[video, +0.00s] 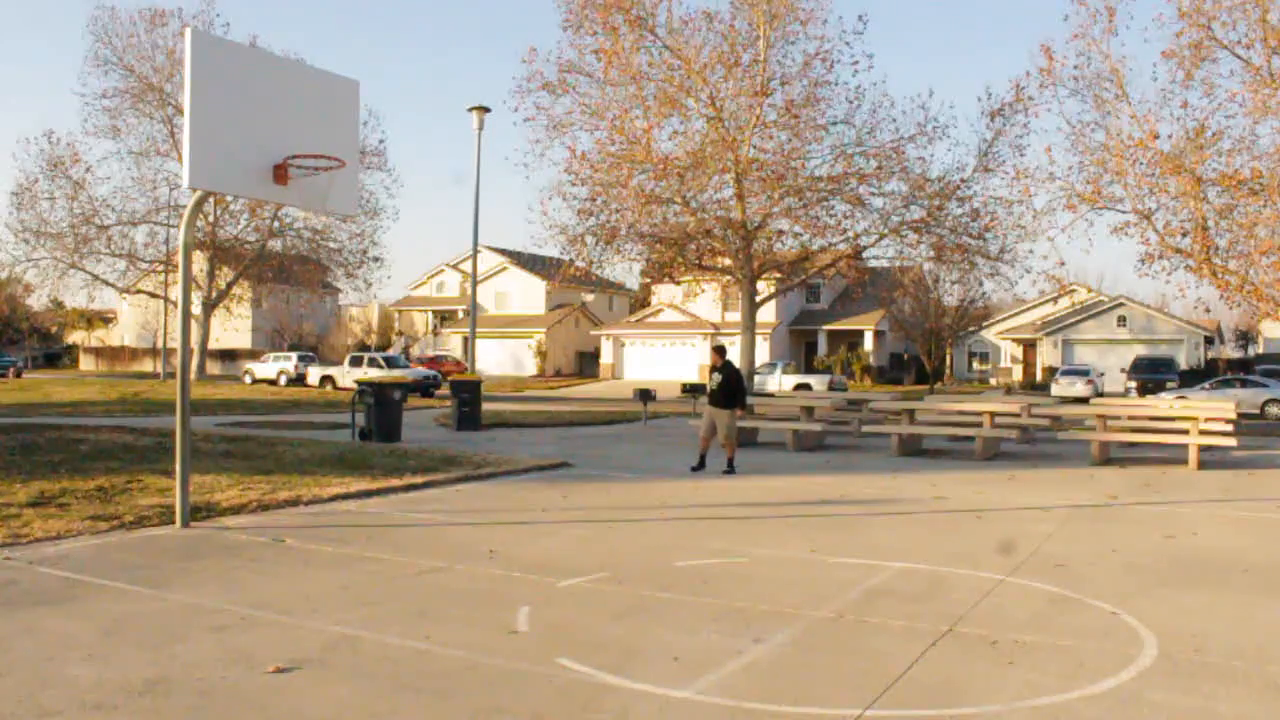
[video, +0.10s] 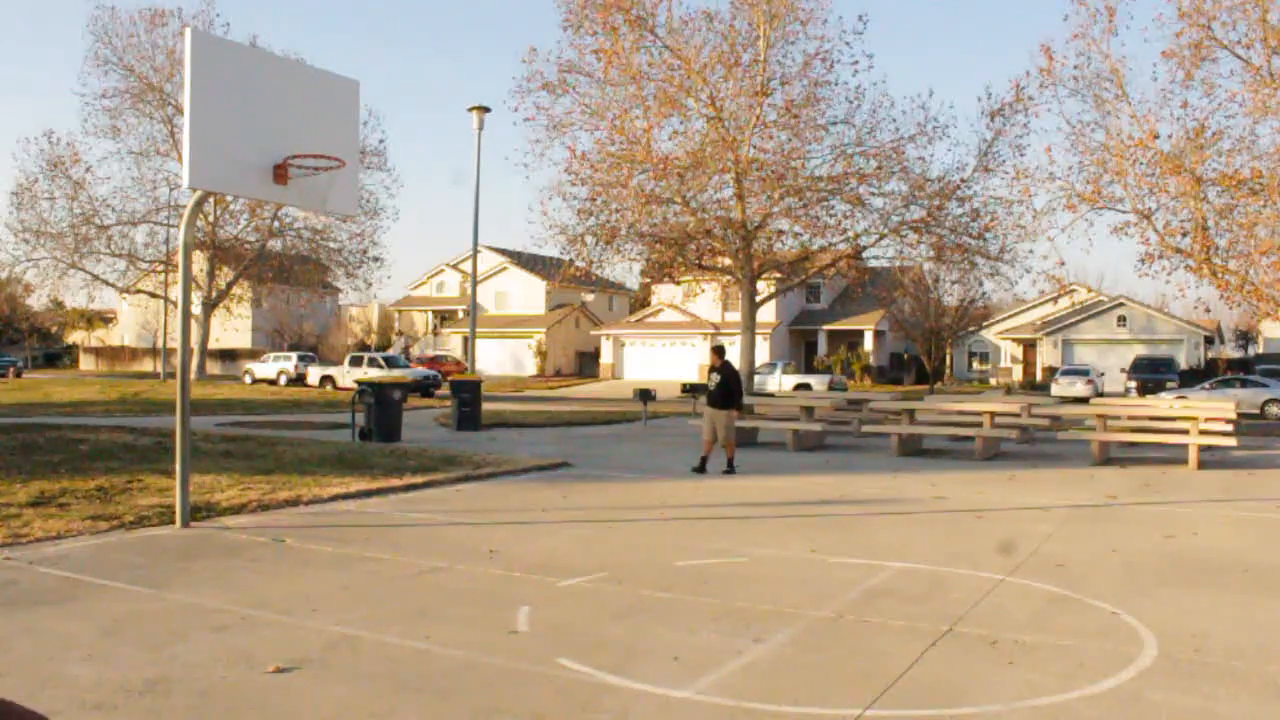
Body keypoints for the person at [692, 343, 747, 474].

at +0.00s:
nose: (712, 357)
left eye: (713, 355)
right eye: (712, 354)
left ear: (719, 355)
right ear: (718, 355)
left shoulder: (732, 371)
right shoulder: (713, 370)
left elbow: (740, 390)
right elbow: (713, 387)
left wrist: (741, 406)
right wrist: (711, 402)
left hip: (727, 409)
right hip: (712, 407)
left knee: (728, 439)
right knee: (705, 435)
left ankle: (730, 465)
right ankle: (701, 461)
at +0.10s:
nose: (711, 358)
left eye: (712, 355)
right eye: (711, 355)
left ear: (717, 356)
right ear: (717, 355)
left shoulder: (731, 371)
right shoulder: (712, 370)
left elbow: (738, 391)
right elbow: (711, 388)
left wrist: (737, 408)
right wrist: (708, 403)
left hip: (725, 409)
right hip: (710, 408)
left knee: (728, 439)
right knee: (708, 438)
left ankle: (730, 465)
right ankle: (702, 464)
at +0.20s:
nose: (708, 358)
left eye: (710, 355)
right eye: (709, 355)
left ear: (715, 356)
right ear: (716, 355)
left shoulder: (728, 371)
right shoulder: (709, 370)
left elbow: (734, 391)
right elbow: (707, 389)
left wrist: (732, 408)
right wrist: (704, 404)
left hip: (724, 409)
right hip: (709, 409)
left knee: (726, 439)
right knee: (708, 439)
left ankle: (730, 465)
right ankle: (703, 465)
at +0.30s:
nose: (706, 358)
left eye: (707, 355)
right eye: (706, 355)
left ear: (712, 355)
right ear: (713, 355)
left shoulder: (726, 370)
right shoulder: (706, 370)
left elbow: (732, 389)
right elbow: (701, 388)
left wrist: (727, 405)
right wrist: (697, 404)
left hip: (720, 408)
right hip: (705, 408)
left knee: (724, 438)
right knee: (705, 438)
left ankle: (730, 465)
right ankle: (703, 465)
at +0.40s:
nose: (703, 357)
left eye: (705, 355)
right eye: (704, 354)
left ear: (710, 355)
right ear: (709, 355)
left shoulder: (723, 370)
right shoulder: (703, 370)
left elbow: (729, 388)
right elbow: (698, 387)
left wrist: (723, 404)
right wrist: (692, 401)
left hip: (718, 407)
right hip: (702, 407)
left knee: (721, 436)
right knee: (703, 438)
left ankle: (729, 464)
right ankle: (703, 465)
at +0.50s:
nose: (701, 357)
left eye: (703, 354)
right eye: (701, 354)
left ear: (709, 355)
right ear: (706, 355)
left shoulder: (721, 369)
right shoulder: (700, 369)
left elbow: (729, 386)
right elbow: (694, 386)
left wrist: (722, 404)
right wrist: (687, 400)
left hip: (716, 407)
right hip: (700, 406)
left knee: (719, 436)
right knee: (702, 437)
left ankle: (729, 463)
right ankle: (702, 465)